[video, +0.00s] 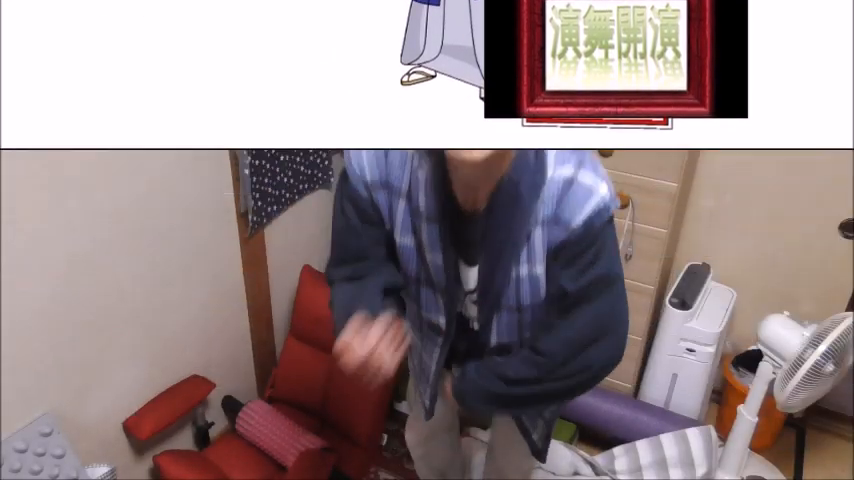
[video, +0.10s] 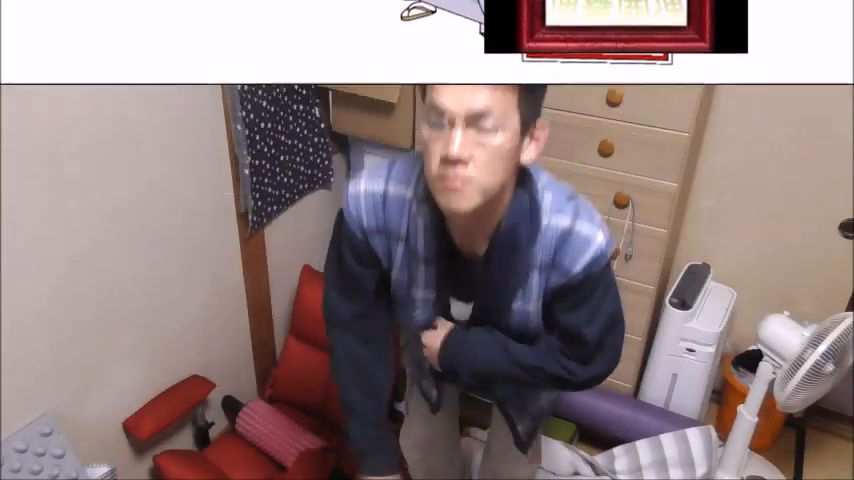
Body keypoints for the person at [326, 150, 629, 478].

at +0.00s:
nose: (467, 114)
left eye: (476, 94)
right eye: (453, 91)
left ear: (521, 114)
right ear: (429, 93)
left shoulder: (574, 190)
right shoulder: (374, 162)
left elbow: (594, 341)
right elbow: (358, 262)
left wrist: (473, 386)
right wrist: (370, 318)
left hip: (528, 359)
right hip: (432, 344)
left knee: (509, 465)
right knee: (426, 446)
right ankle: (442, 473)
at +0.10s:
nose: (453, 151)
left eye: (483, 127)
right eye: (438, 123)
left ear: (531, 141)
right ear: (420, 127)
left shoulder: (572, 234)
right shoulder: (373, 202)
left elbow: (586, 357)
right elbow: (355, 339)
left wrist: (462, 351)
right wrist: (376, 463)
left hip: (524, 365)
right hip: (427, 347)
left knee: (508, 467)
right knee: (426, 456)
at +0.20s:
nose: (443, 206)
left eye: (471, 185)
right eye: (429, 179)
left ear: (518, 197)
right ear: (414, 178)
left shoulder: (562, 277)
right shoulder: (370, 243)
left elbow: (576, 390)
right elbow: (347, 344)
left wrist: (468, 435)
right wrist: (419, 414)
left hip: (508, 412)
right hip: (419, 405)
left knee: (509, 467)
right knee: (424, 466)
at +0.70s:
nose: (434, 124)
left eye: (461, 104)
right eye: (422, 99)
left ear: (510, 120)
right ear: (405, 103)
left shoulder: (547, 217)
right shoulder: (367, 177)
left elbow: (536, 369)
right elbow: (332, 282)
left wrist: (417, 433)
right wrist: (408, 337)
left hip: (499, 386)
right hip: (413, 381)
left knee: (499, 467)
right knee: (420, 466)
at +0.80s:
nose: (442, 56)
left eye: (469, 35)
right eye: (427, 31)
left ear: (516, 55)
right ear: (410, 40)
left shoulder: (551, 169)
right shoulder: (373, 121)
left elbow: (549, 318)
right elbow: (328, 223)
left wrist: (440, 383)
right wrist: (382, 244)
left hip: (502, 376)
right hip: (416, 365)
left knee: (504, 468)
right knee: (420, 467)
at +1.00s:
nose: (453, 5)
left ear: (523, 7)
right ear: (431, 8)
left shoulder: (563, 124)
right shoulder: (380, 85)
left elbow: (547, 282)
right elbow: (349, 190)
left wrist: (436, 306)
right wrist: (348, 239)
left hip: (505, 342)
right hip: (413, 328)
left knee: (500, 462)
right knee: (417, 453)